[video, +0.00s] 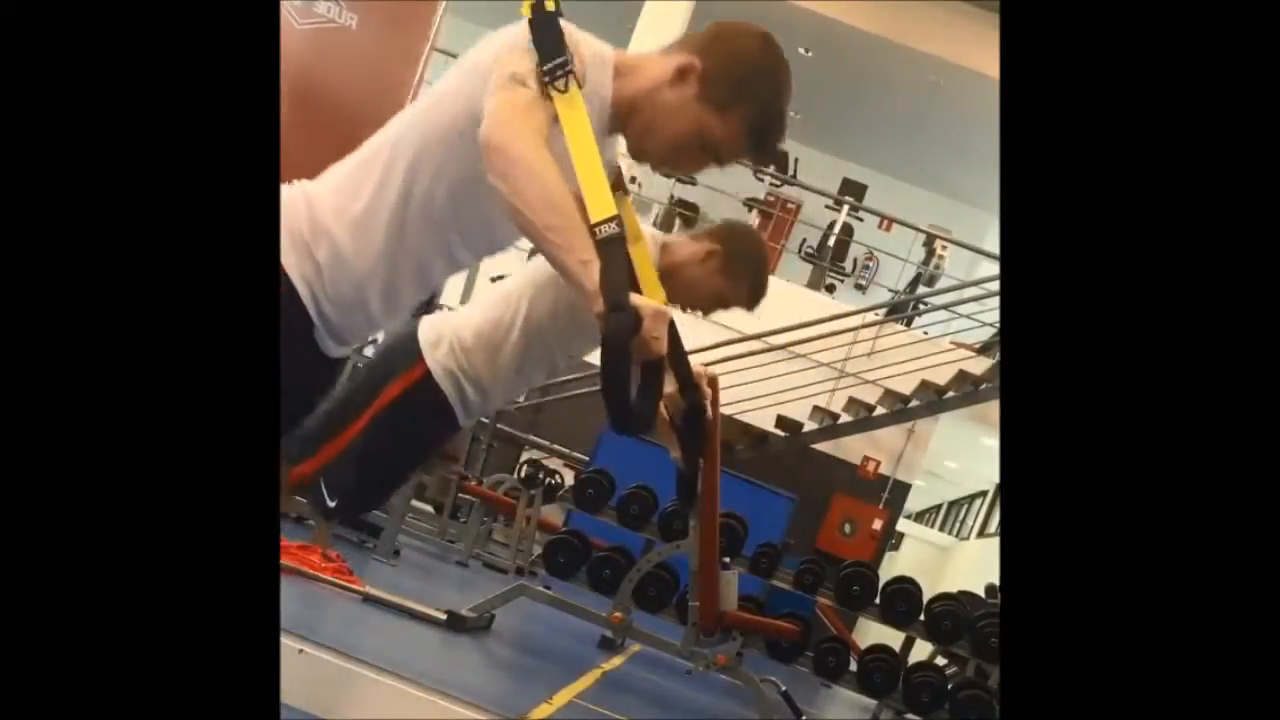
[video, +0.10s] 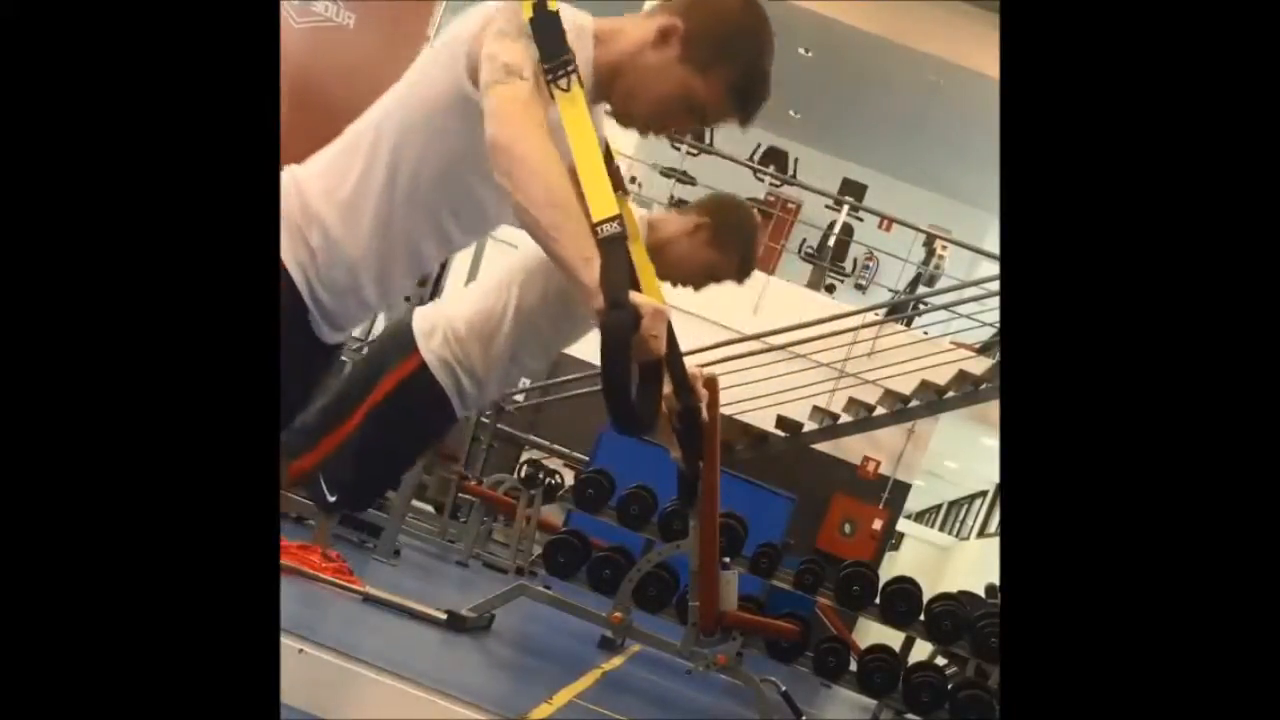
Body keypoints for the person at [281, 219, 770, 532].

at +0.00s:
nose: (710, 310)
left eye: (723, 307)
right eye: (722, 297)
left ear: (707, 258)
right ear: (709, 256)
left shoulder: (644, 294)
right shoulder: (627, 244)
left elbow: (640, 389)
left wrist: (677, 412)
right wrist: (678, 379)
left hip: (453, 395)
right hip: (429, 367)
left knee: (331, 506)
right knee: (302, 480)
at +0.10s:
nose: (699, 286)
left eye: (712, 280)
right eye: (711, 272)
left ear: (697, 231)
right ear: (697, 231)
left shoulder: (631, 261)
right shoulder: (616, 230)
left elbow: (641, 345)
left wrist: (676, 386)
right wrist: (672, 387)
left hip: (451, 383)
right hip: (427, 358)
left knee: (336, 499)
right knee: (301, 475)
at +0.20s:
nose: (693, 269)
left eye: (706, 263)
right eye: (706, 255)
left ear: (686, 212)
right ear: (689, 212)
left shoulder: (623, 261)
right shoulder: (602, 214)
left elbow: (617, 384)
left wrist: (671, 416)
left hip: (450, 376)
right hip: (425, 349)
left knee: (326, 495)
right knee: (300, 469)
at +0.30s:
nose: (686, 261)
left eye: (699, 256)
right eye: (698, 247)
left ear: (676, 202)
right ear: (681, 203)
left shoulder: (621, 249)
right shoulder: (599, 213)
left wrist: (665, 391)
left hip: (445, 370)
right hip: (421, 342)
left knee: (324, 488)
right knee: (295, 457)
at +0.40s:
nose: (686, 260)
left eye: (698, 254)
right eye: (697, 246)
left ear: (673, 199)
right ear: (678, 202)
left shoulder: (620, 237)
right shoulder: (610, 221)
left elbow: (640, 335)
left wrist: (673, 390)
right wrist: (664, 392)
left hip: (443, 366)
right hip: (419, 341)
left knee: (321, 486)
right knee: (296, 461)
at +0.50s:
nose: (687, 264)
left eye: (699, 258)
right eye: (698, 249)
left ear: (675, 203)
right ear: (681, 207)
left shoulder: (623, 239)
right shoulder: (611, 220)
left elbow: (642, 332)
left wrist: (676, 383)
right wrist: (675, 379)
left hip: (442, 368)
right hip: (420, 344)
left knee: (319, 489)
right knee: (295, 465)